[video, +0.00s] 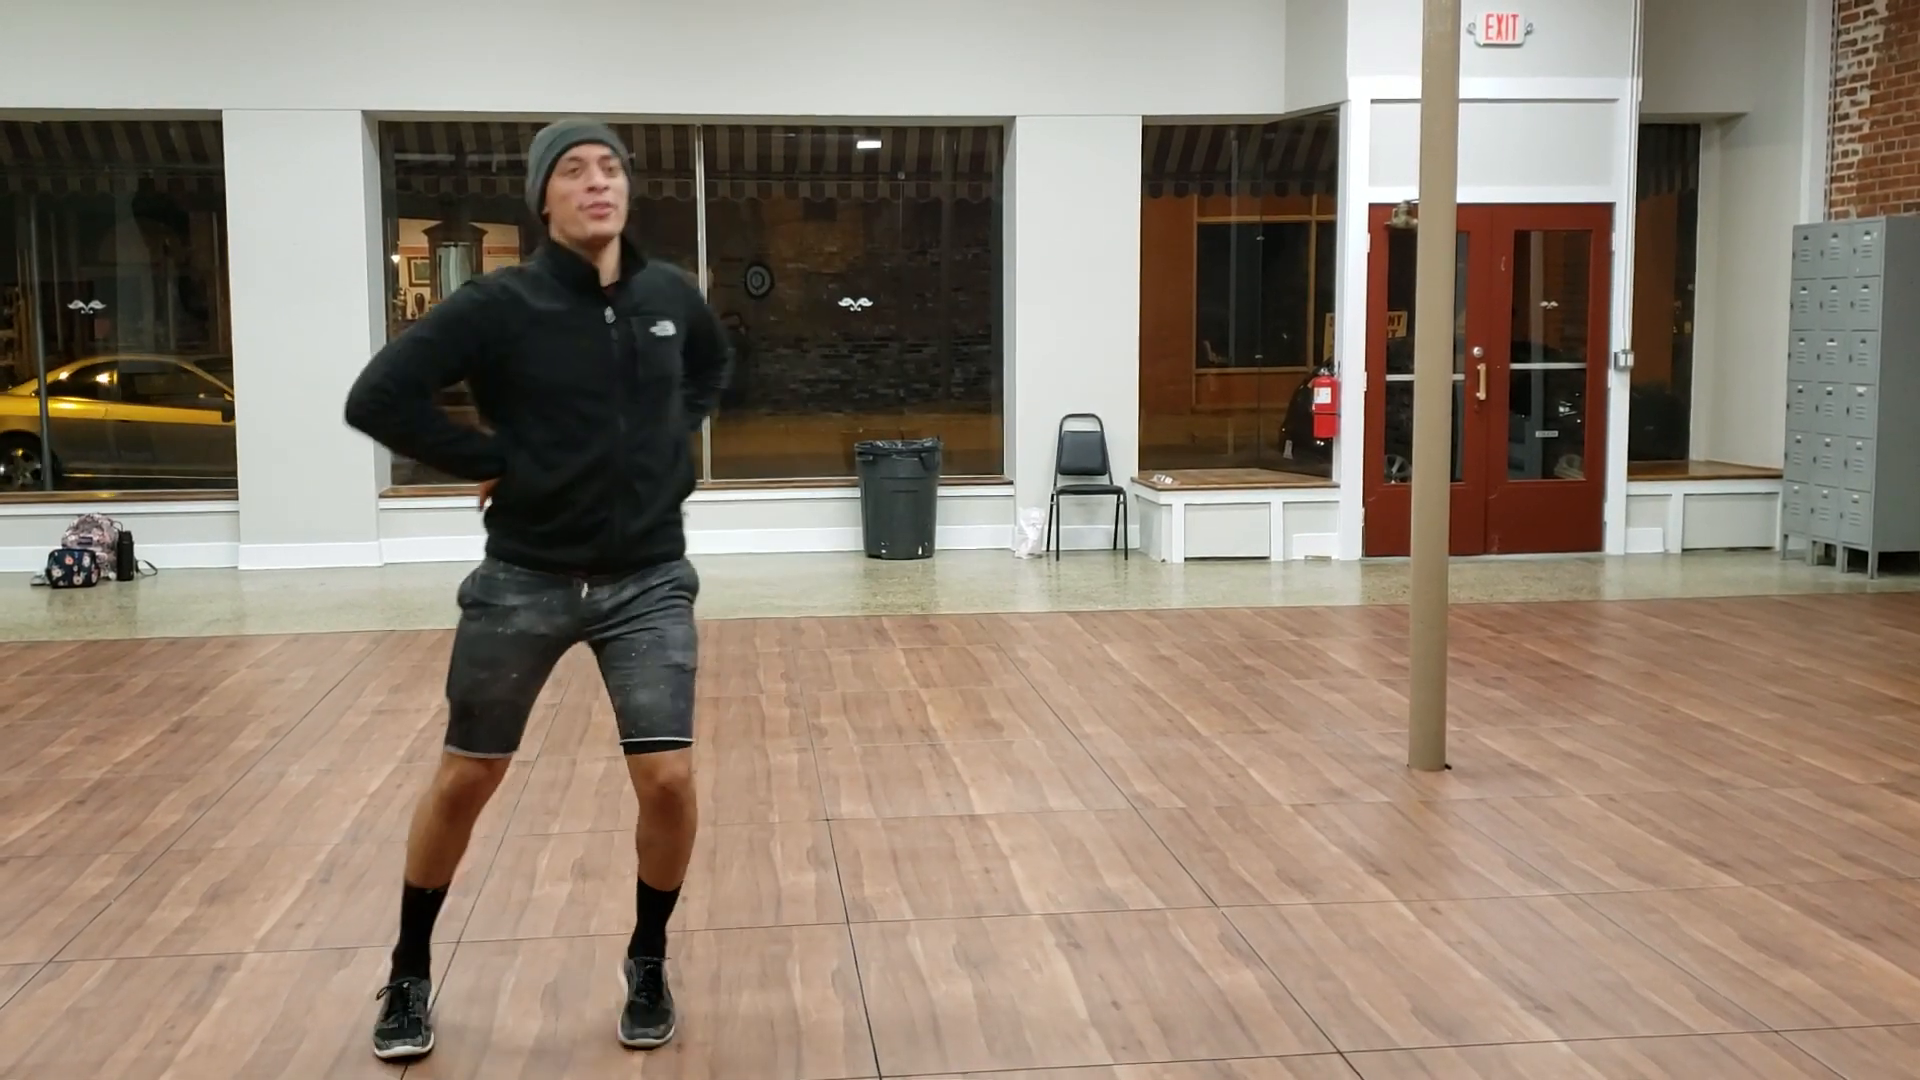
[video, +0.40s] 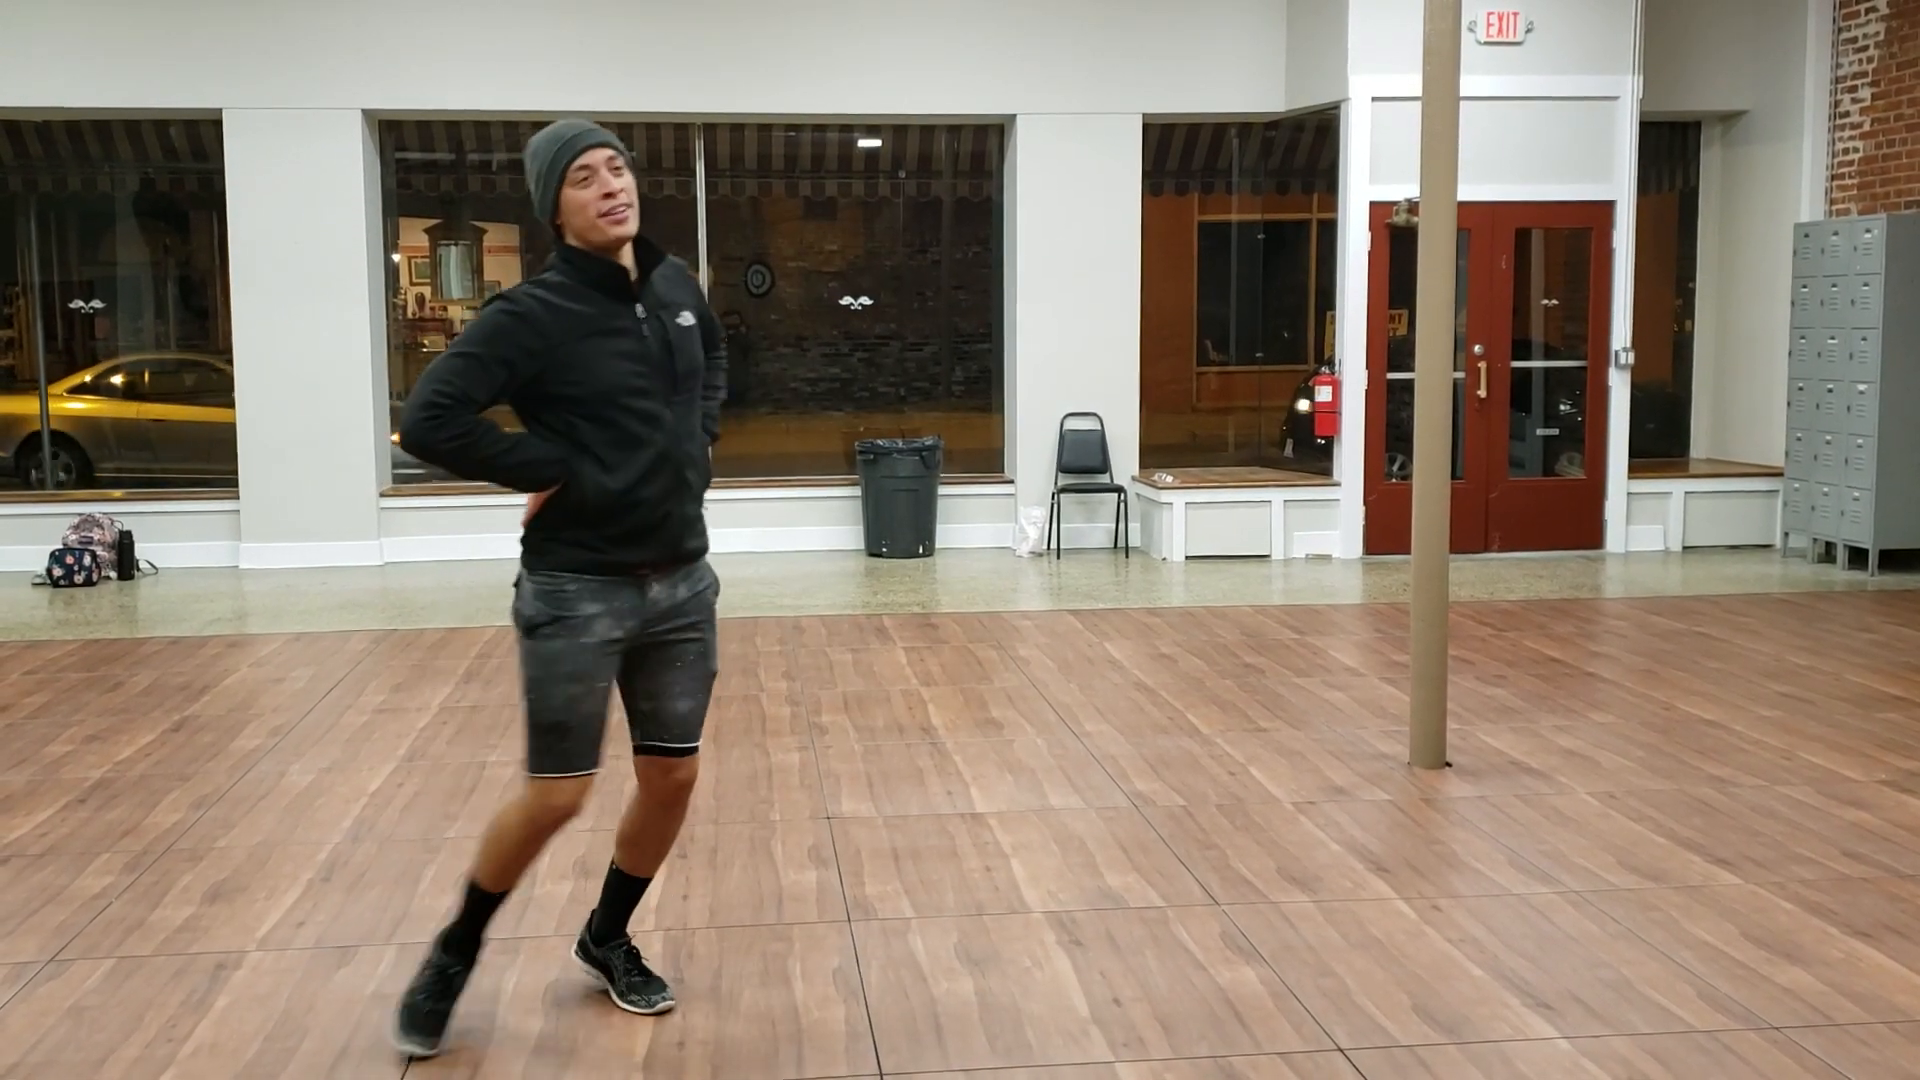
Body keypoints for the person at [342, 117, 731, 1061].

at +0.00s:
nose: (596, 183)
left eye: (609, 170)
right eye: (574, 172)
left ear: (630, 194)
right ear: (542, 202)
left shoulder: (674, 295)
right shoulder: (497, 306)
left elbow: (709, 370)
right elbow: (376, 400)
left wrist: (670, 439)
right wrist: (490, 458)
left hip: (648, 580)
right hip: (523, 583)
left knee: (669, 781)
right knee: (466, 777)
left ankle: (649, 959)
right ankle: (408, 972)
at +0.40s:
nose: (613, 187)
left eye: (618, 170)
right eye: (588, 180)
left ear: (637, 186)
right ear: (555, 212)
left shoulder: (675, 284)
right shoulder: (528, 314)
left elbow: (711, 369)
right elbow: (428, 422)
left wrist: (688, 446)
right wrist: (553, 471)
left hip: (678, 578)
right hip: (573, 586)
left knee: (671, 773)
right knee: (558, 789)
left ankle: (606, 935)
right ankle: (456, 951)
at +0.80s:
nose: (750, 199)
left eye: (755, 186)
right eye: (727, 189)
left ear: (766, 205)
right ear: (684, 213)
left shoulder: (782, 314)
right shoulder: (644, 332)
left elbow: (785, 456)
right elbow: (557, 459)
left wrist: (859, 518)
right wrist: (588, 566)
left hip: (794, 593)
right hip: (699, 601)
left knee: (756, 786)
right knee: (778, 814)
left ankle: (629, 908)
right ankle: (835, 1012)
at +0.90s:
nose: (772, 194)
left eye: (779, 182)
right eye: (750, 181)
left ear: (790, 204)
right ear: (703, 206)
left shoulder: (817, 309)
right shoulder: (662, 329)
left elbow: (832, 434)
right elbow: (590, 454)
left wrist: (892, 471)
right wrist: (534, 547)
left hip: (827, 596)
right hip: (716, 604)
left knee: (842, 816)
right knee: (781, 822)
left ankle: (720, 875)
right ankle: (835, 1012)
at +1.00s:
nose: (783, 185)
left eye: (794, 174)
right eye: (762, 172)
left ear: (807, 202)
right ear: (717, 201)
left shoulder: (848, 296)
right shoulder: (671, 323)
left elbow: (895, 410)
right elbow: (596, 440)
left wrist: (971, 447)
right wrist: (494, 501)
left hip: (853, 596)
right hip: (731, 605)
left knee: (900, 806)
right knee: (785, 822)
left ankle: (843, 902)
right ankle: (835, 1014)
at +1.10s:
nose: (800, 178)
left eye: (813, 172)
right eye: (781, 162)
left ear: (821, 200)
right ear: (732, 183)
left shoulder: (866, 283)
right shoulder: (683, 308)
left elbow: (958, 386)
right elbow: (610, 426)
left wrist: (1069, 424)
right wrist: (481, 453)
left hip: (868, 593)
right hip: (742, 604)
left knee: (925, 805)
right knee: (788, 819)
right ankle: (837, 1012)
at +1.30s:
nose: (808, 184)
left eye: (829, 177)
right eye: (794, 167)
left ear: (851, 208)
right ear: (761, 189)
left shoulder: (890, 294)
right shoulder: (737, 316)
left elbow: (993, 395)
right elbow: (705, 419)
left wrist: (1104, 408)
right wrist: (588, 423)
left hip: (884, 615)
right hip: (770, 618)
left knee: (952, 830)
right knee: (761, 833)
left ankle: (1044, 1044)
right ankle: (856, 1019)